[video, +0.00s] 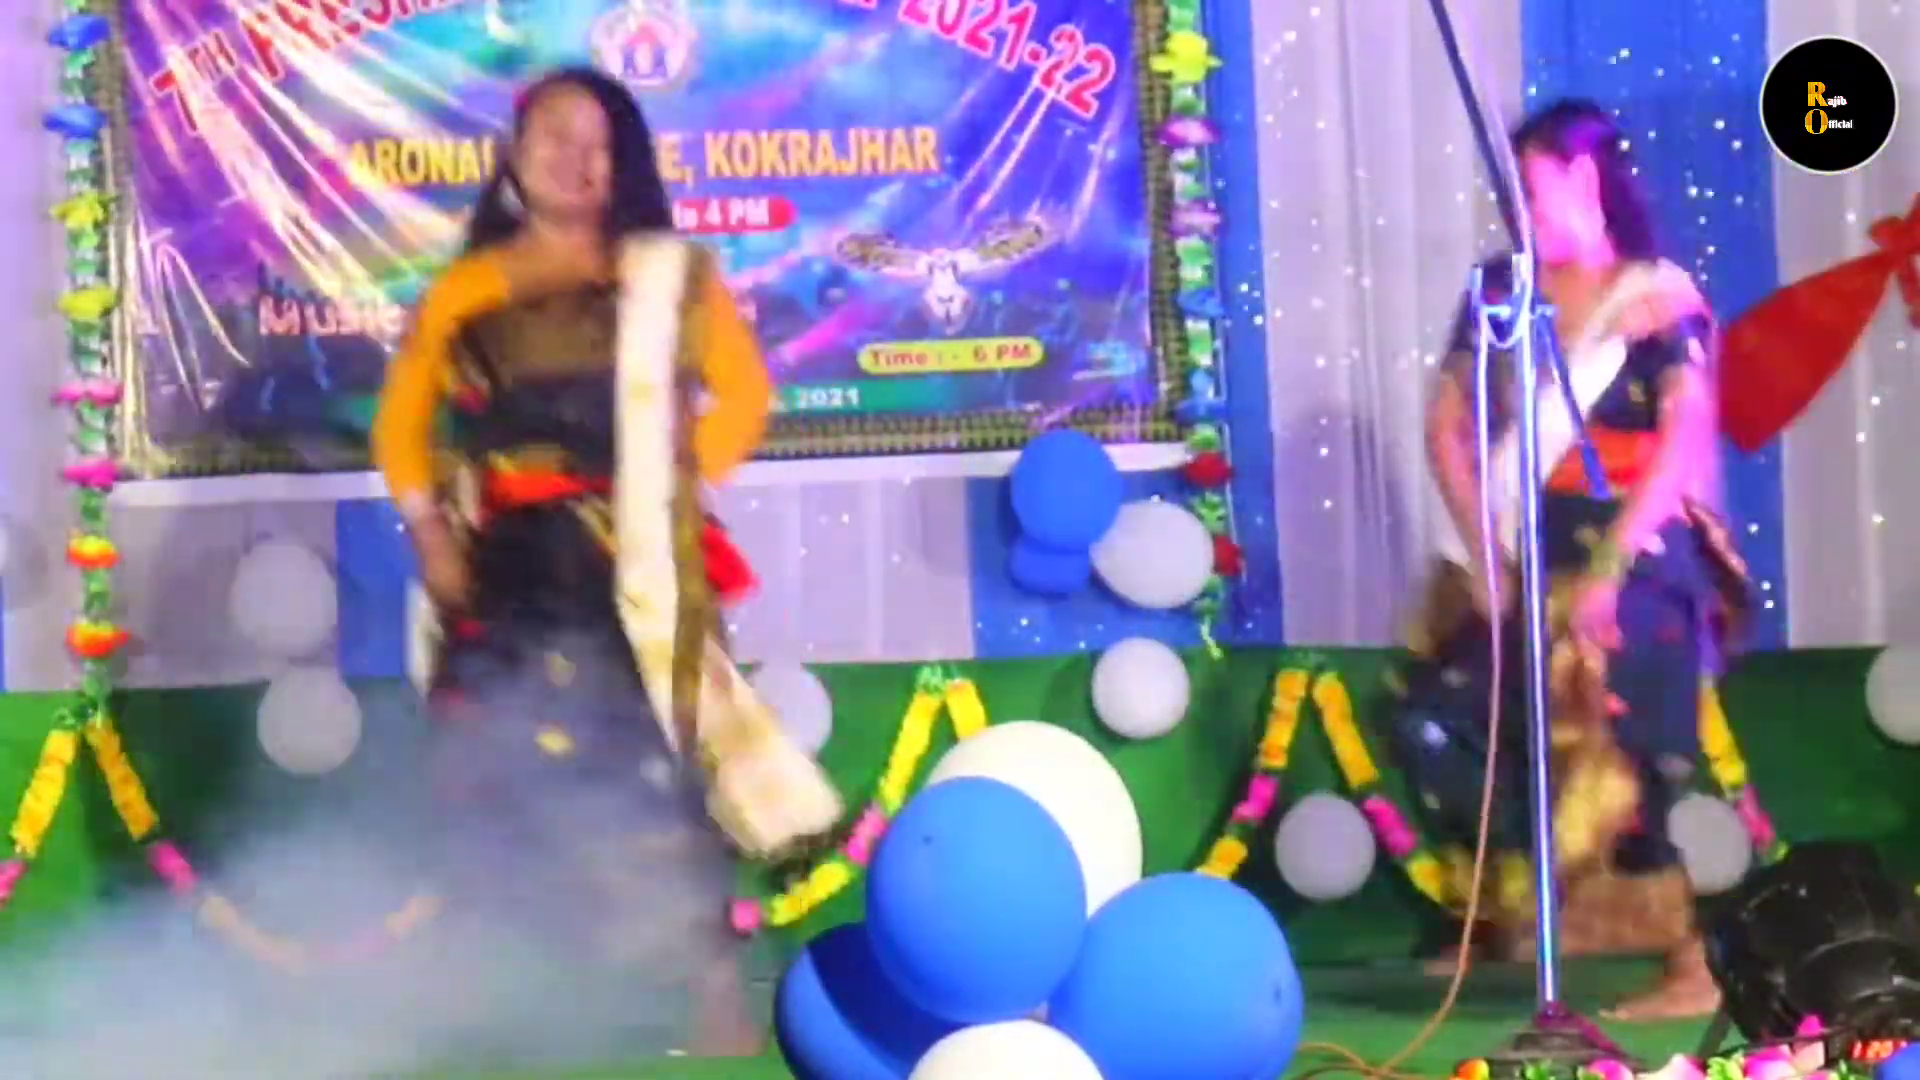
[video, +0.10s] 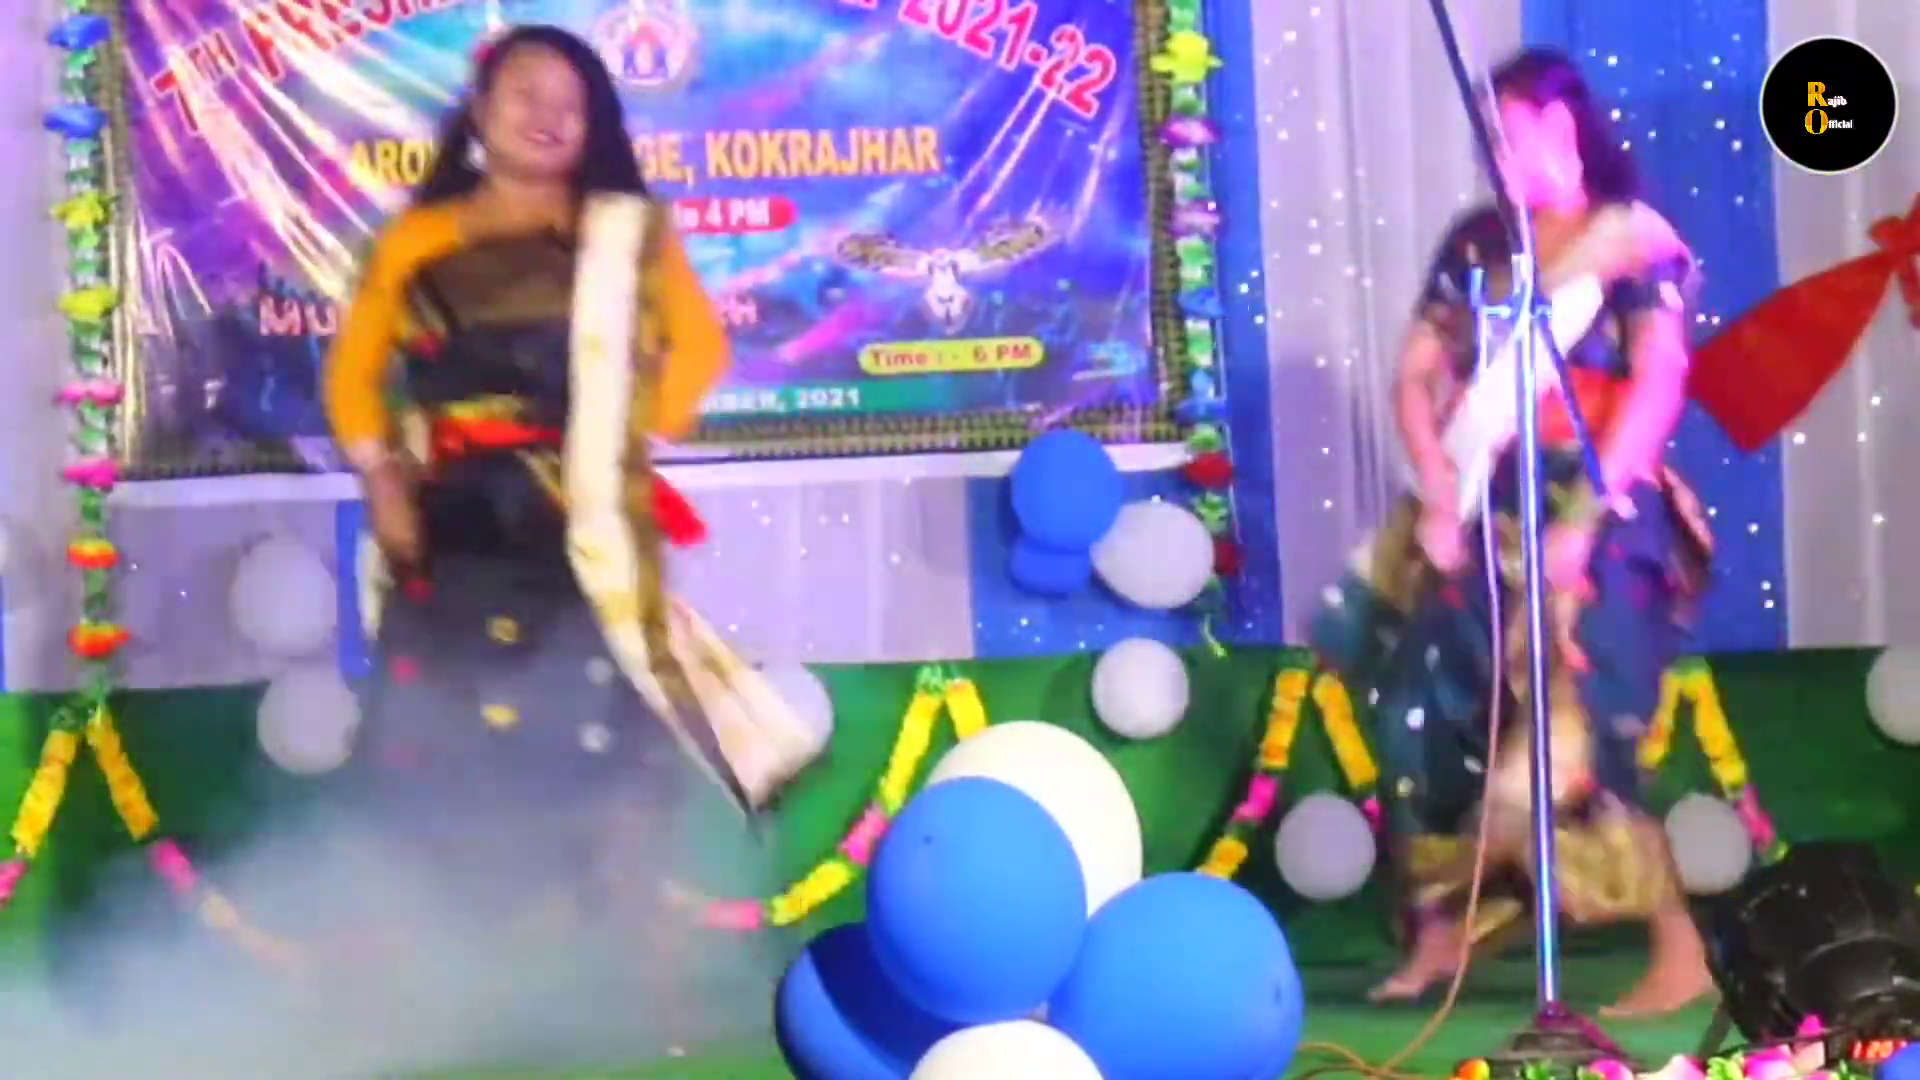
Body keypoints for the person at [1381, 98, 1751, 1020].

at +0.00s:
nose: (1529, 205)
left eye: (1545, 184)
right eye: (1522, 186)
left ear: (1595, 180)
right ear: (1515, 189)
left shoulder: (1661, 294)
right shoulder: (1498, 290)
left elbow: (1685, 445)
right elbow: (1448, 427)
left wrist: (1611, 570)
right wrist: (1487, 552)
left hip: (1643, 534)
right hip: (1532, 539)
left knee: (1649, 743)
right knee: (1447, 712)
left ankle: (1692, 962)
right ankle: (1497, 917)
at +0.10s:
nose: (1507, 152)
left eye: (1522, 130)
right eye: (1494, 136)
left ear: (1571, 125)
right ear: (1487, 142)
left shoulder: (1635, 238)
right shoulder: (1472, 243)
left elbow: (1657, 383)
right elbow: (1416, 379)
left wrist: (1592, 515)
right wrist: (1437, 496)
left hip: (1600, 506)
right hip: (1483, 512)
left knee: (1606, 725)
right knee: (1417, 710)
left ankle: (1677, 946)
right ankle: (1440, 937)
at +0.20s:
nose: (1457, 139)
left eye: (1471, 116)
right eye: (1444, 120)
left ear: (1524, 104)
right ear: (1435, 122)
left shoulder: (1600, 205)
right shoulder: (1429, 219)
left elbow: (1628, 349)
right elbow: (1368, 346)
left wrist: (1561, 472)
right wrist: (1384, 456)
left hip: (1559, 504)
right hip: (1439, 502)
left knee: (1541, 723)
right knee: (1423, 724)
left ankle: (1555, 940)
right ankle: (1415, 968)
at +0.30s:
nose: (1435, 161)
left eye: (1449, 139)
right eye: (1423, 144)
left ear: (1503, 125)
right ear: (1415, 144)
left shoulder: (1581, 230)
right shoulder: (1402, 242)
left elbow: (1612, 379)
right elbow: (1339, 369)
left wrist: (1540, 497)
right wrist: (1369, 463)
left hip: (1530, 535)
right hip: (1419, 530)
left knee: (1500, 750)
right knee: (1410, 747)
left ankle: (1486, 973)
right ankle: (1414, 974)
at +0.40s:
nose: (1416, 191)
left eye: (1435, 171)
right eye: (1403, 174)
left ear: (1485, 171)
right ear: (1390, 180)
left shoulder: (1548, 290)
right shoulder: (1363, 283)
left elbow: (1593, 440)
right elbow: (1298, 410)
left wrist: (1522, 556)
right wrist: (1347, 509)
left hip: (1500, 566)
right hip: (1387, 556)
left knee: (1481, 769)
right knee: (1361, 744)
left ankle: (1479, 962)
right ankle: (1357, 933)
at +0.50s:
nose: (1400, 171)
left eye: (1417, 150)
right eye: (1385, 154)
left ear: (1466, 149)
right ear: (1373, 159)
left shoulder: (1525, 272)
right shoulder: (1344, 260)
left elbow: (1572, 424)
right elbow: (1270, 390)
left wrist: (1502, 541)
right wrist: (1324, 485)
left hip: (1476, 548)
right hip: (1359, 538)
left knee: (1477, 757)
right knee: (1323, 741)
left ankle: (1479, 969)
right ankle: (1276, 959)